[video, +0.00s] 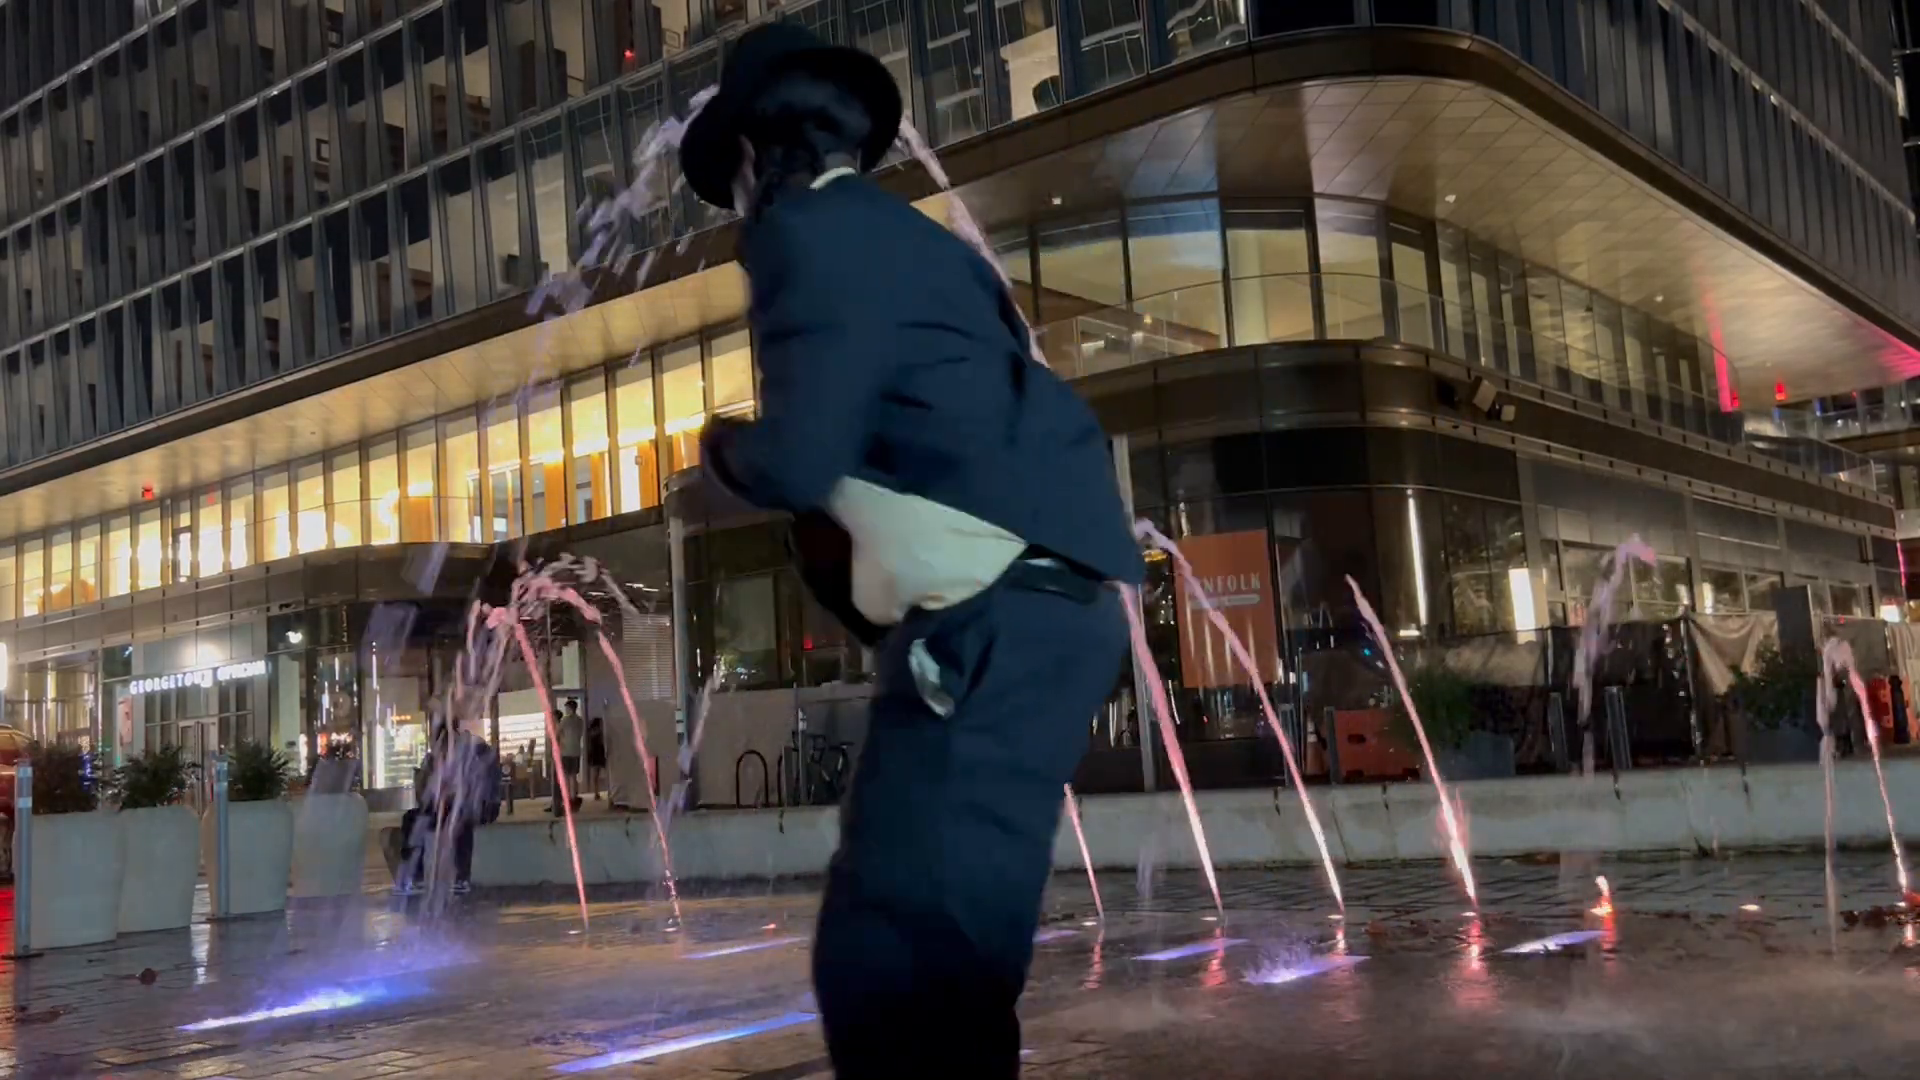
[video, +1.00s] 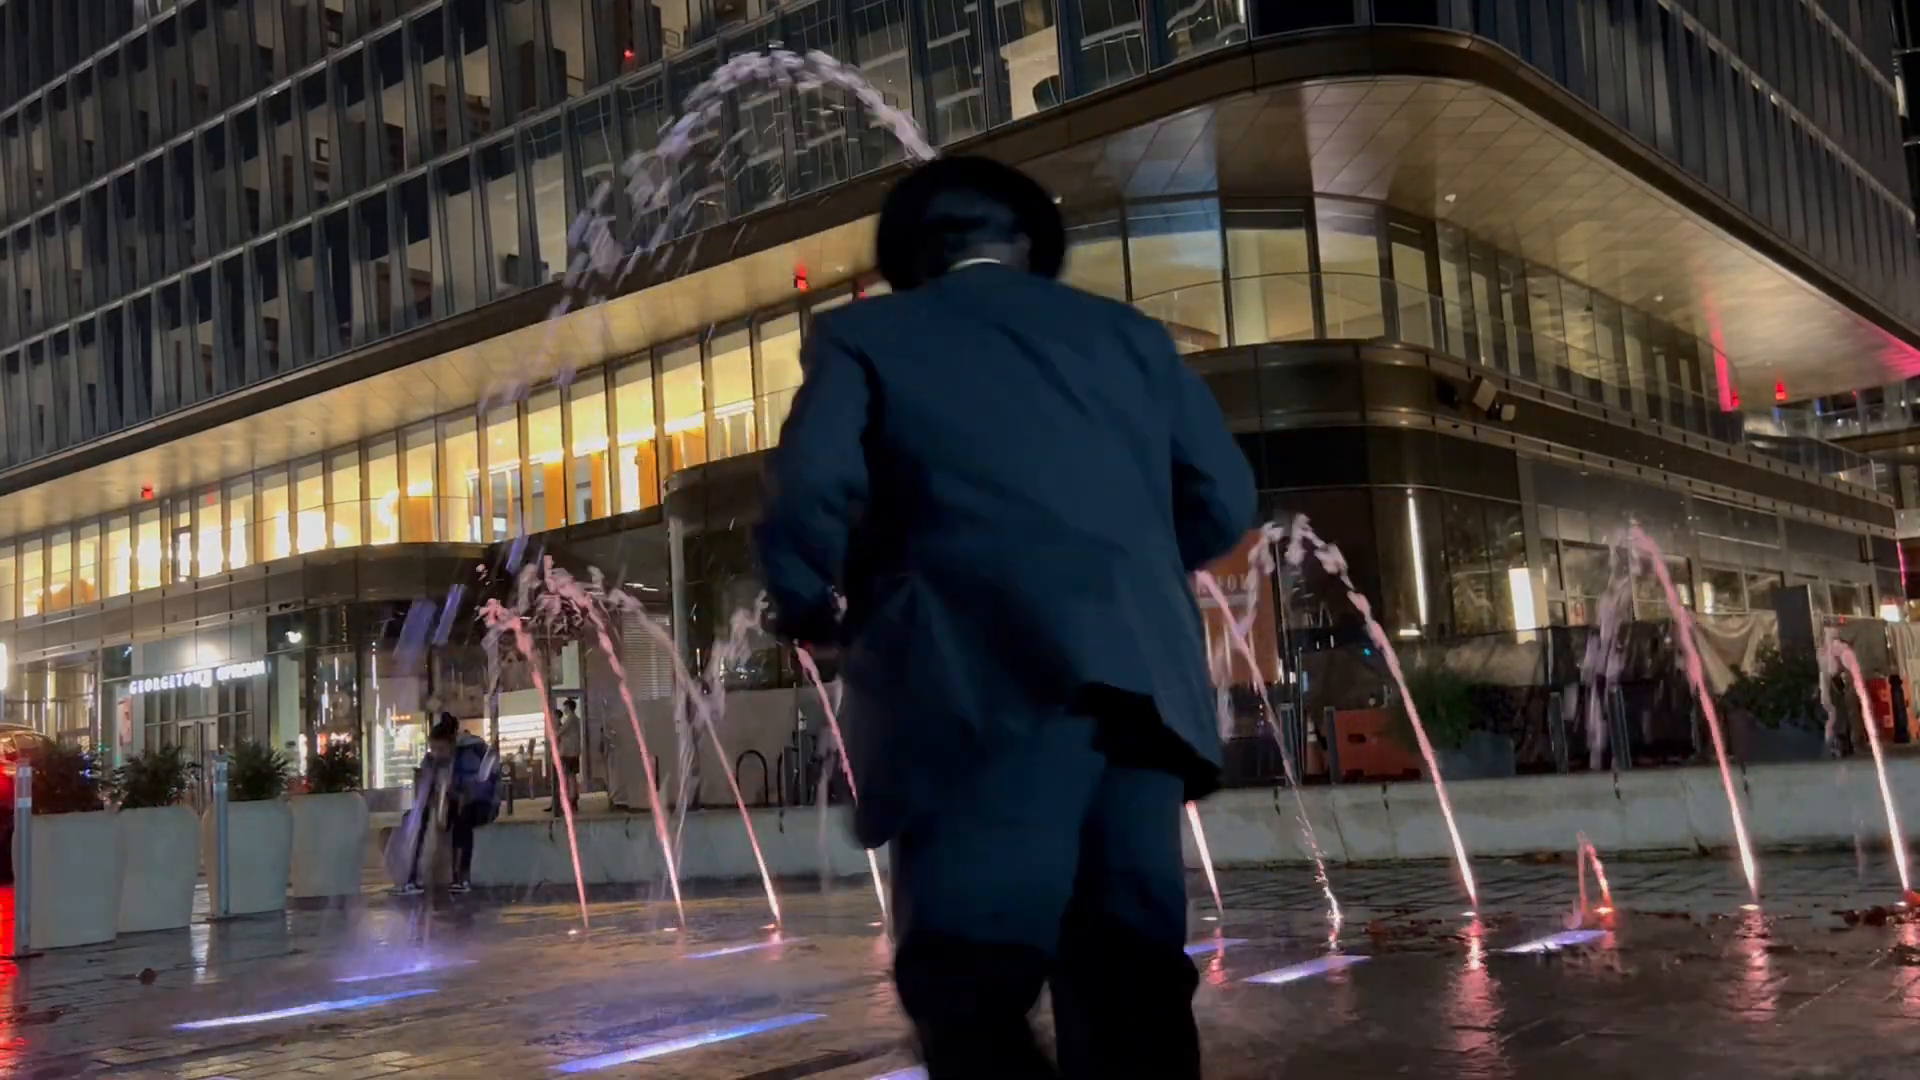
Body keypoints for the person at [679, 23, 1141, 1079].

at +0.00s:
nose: (730, 201)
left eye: (731, 173)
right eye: (726, 180)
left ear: (761, 151)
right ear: (844, 147)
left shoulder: (812, 230)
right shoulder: (901, 236)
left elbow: (798, 461)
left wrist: (718, 477)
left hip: (1003, 610)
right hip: (1025, 607)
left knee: (893, 952)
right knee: (933, 952)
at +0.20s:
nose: (736, 165)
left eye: (736, 139)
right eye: (734, 144)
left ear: (763, 126)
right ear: (864, 117)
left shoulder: (809, 205)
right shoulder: (916, 211)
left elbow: (768, 425)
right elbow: (1037, 373)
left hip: (915, 634)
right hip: (979, 627)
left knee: (822, 947)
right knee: (891, 954)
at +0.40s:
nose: (722, 157)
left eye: (722, 131)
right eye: (721, 134)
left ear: (743, 125)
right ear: (851, 120)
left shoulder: (781, 233)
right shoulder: (910, 226)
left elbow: (759, 455)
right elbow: (897, 423)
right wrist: (728, 403)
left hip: (900, 673)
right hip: (1004, 660)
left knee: (803, 975)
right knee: (947, 971)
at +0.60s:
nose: (710, 193)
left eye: (710, 173)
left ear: (724, 169)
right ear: (845, 150)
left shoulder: (732, 252)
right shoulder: (944, 262)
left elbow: (794, 447)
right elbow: (1007, 466)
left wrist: (625, 542)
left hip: (904, 681)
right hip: (1039, 661)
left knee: (822, 1015)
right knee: (1022, 981)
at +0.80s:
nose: (786, 244)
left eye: (790, 225)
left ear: (799, 234)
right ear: (913, 223)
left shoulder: (778, 313)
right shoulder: (995, 325)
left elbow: (795, 520)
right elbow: (1076, 514)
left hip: (932, 723)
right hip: (1074, 721)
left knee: (849, 1029)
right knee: (1073, 1003)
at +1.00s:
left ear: (904, 261)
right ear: (1035, 251)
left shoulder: (868, 332)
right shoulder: (1130, 330)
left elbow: (806, 495)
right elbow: (1227, 502)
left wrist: (814, 617)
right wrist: (1121, 566)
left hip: (974, 693)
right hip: (1143, 691)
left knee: (965, 999)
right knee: (1133, 994)